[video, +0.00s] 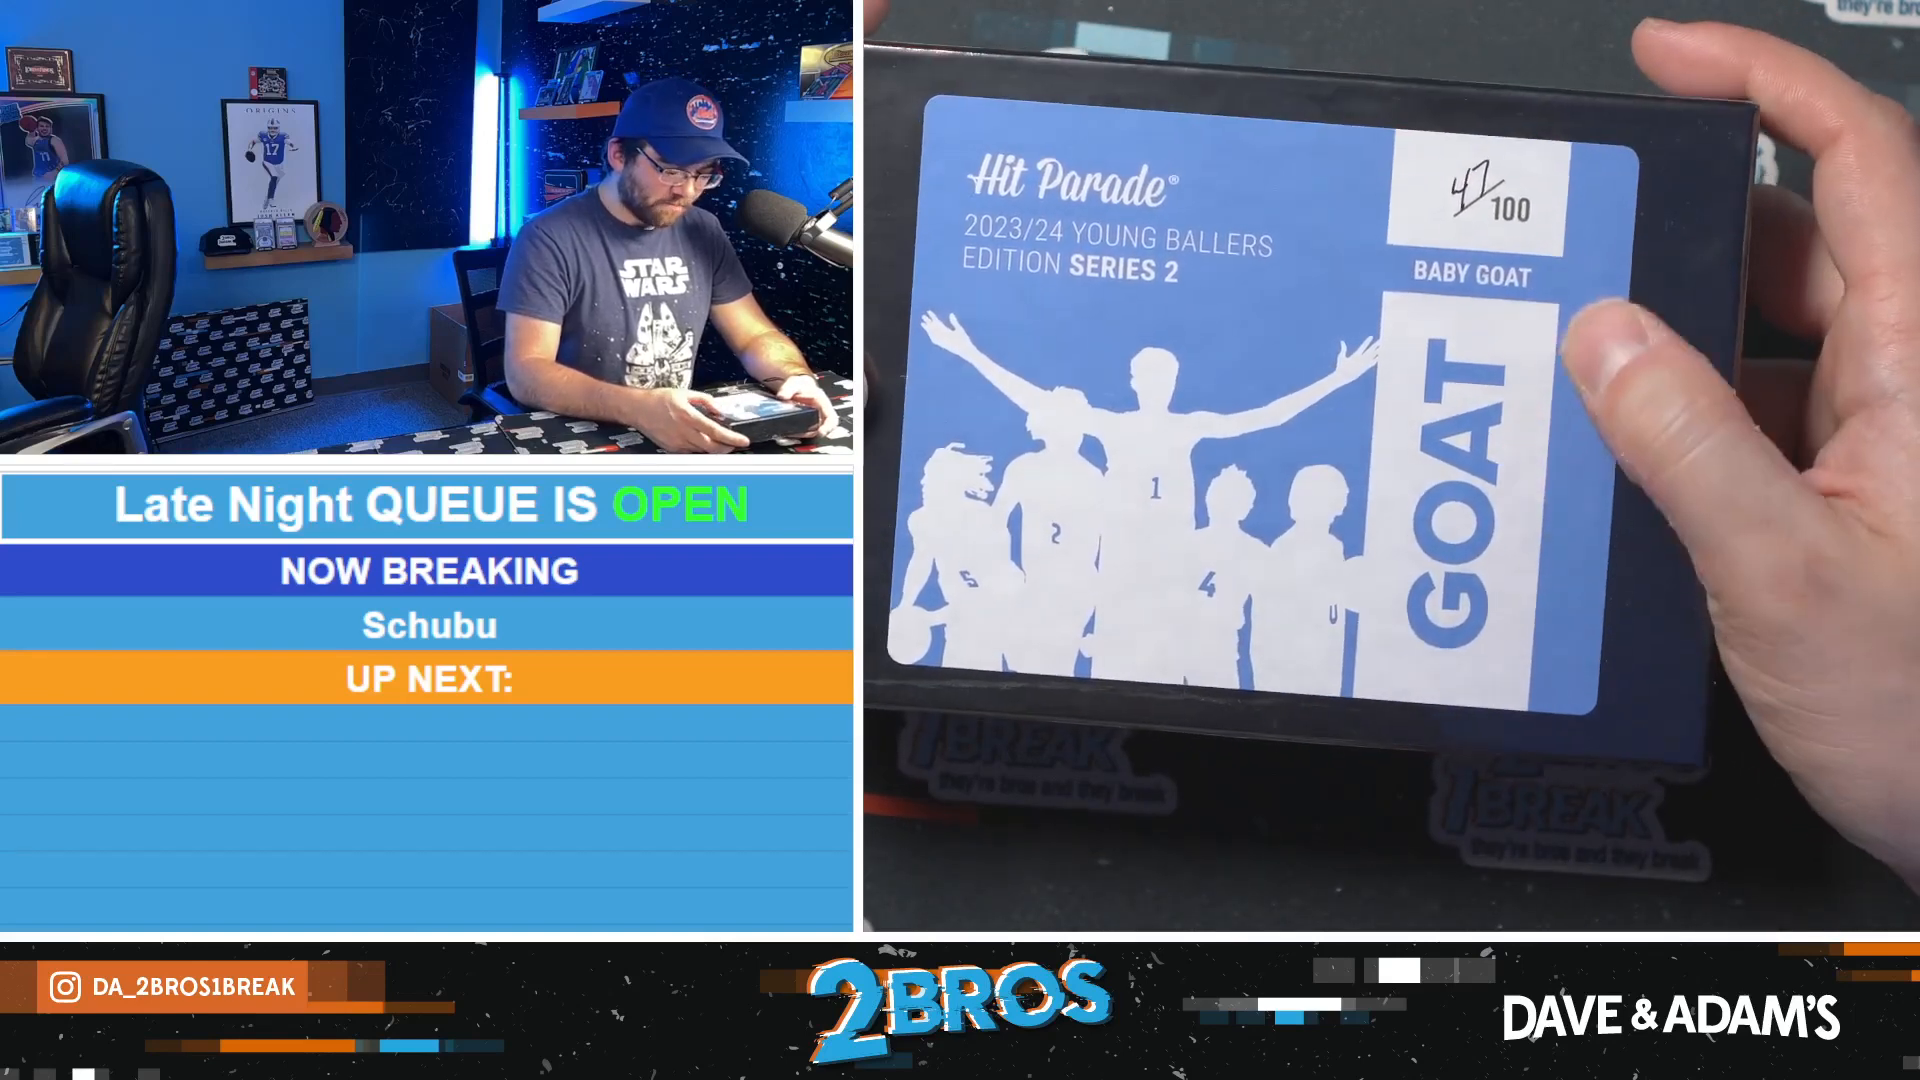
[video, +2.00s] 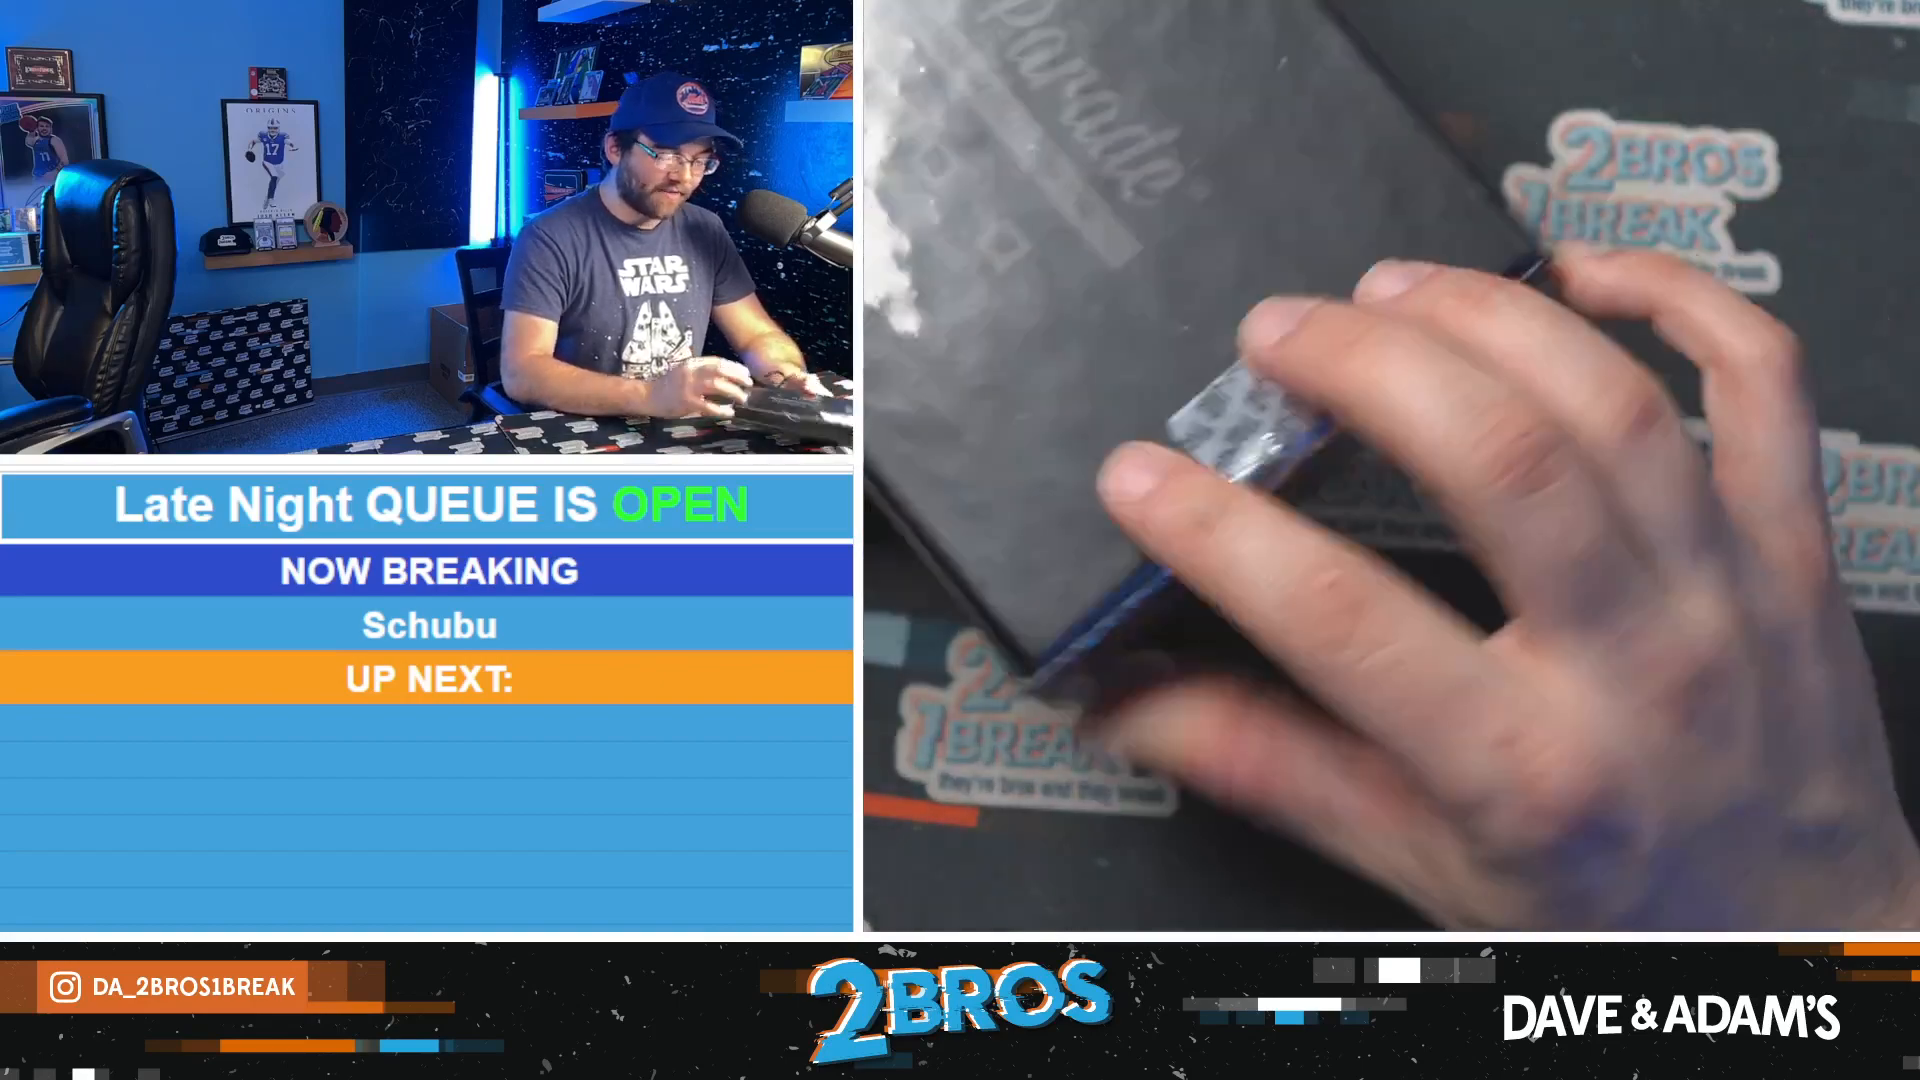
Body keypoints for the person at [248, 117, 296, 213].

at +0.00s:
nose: (273, 130)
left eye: (275, 128)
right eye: (271, 128)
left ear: (278, 128)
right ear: (268, 128)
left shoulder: (283, 136)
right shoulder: (263, 136)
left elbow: (290, 142)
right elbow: (253, 141)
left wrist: (292, 147)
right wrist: (250, 149)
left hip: (279, 164)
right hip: (267, 162)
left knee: (275, 182)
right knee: (274, 176)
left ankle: (267, 199)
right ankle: (270, 199)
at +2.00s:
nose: (273, 130)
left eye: (275, 128)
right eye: (271, 128)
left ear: (278, 128)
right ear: (268, 128)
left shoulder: (283, 136)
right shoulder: (263, 136)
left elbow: (290, 143)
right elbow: (253, 141)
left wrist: (292, 147)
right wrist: (250, 149)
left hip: (279, 164)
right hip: (267, 162)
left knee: (275, 182)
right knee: (274, 176)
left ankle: (267, 200)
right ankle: (270, 199)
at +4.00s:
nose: (272, 130)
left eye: (275, 128)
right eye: (270, 128)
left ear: (278, 129)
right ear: (268, 128)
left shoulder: (283, 136)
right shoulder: (263, 136)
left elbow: (289, 142)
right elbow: (253, 142)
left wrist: (292, 146)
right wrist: (250, 149)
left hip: (278, 163)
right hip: (267, 162)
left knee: (276, 181)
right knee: (274, 176)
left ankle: (267, 200)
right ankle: (270, 199)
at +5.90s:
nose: (273, 131)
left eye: (275, 129)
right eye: (271, 129)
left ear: (278, 129)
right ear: (268, 129)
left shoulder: (283, 137)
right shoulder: (264, 137)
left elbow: (290, 143)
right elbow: (253, 142)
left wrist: (293, 147)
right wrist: (250, 147)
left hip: (278, 163)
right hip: (267, 162)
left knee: (277, 180)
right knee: (275, 176)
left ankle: (268, 198)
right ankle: (271, 199)